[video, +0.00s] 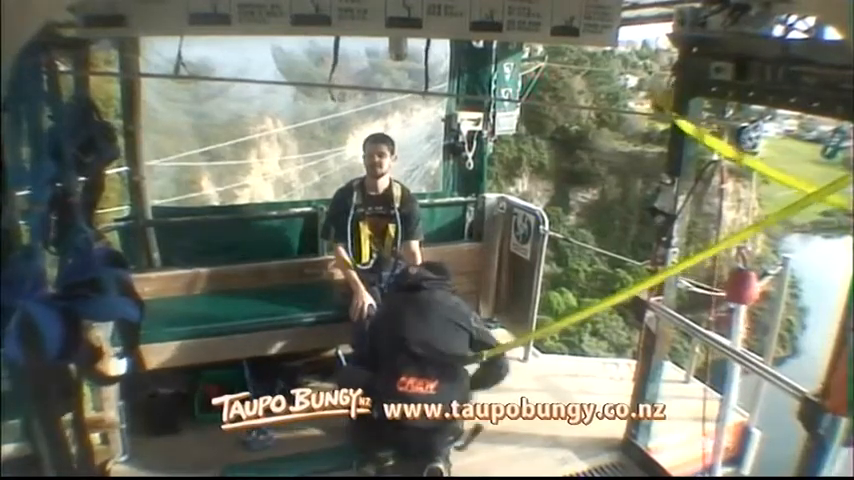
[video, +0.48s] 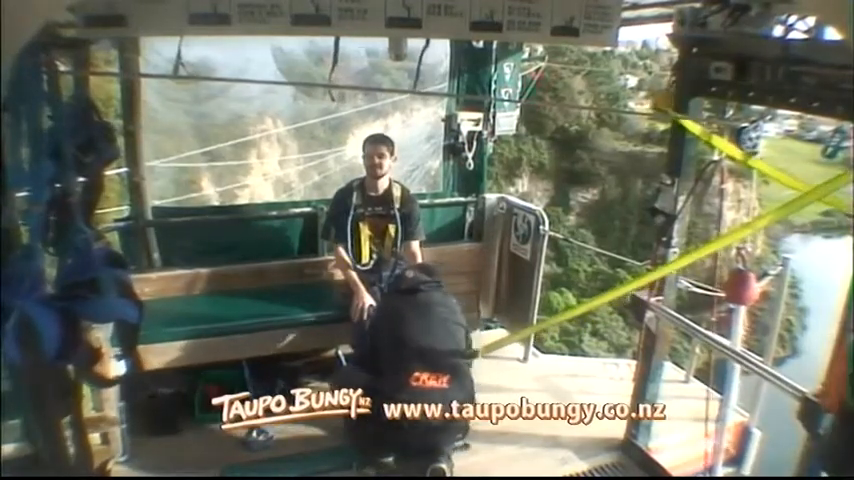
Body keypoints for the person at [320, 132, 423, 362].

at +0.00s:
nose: (375, 161)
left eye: (381, 155)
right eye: (370, 155)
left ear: (392, 159)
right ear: (363, 159)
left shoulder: (405, 198)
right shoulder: (346, 197)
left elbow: (412, 248)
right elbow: (339, 249)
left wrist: (415, 286)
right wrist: (359, 290)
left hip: (397, 274)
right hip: (362, 275)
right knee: (367, 313)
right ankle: (367, 372)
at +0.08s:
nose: (375, 161)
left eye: (381, 155)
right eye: (370, 155)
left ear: (392, 159)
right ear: (363, 159)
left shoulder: (405, 198)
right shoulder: (345, 197)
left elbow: (412, 248)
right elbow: (339, 251)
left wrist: (415, 286)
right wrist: (359, 291)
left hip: (397, 274)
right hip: (362, 276)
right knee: (366, 314)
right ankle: (367, 372)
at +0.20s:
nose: (375, 161)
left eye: (381, 155)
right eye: (370, 155)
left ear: (393, 159)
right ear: (363, 159)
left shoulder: (405, 199)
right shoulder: (345, 197)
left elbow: (413, 250)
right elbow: (339, 251)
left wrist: (413, 288)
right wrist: (359, 291)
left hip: (397, 276)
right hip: (362, 277)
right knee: (366, 316)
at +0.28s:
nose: (375, 161)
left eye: (381, 156)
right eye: (370, 156)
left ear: (393, 159)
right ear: (363, 159)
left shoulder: (405, 199)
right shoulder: (345, 197)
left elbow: (412, 250)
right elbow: (339, 251)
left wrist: (412, 288)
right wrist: (359, 291)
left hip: (397, 275)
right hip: (362, 276)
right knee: (366, 316)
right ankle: (367, 373)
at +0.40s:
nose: (374, 161)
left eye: (381, 156)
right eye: (369, 156)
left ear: (393, 159)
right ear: (363, 159)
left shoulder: (405, 198)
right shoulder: (346, 197)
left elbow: (413, 249)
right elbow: (339, 251)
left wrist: (417, 290)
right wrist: (359, 291)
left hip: (397, 275)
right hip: (362, 276)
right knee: (366, 317)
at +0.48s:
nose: (375, 162)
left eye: (381, 156)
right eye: (369, 156)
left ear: (392, 159)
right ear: (363, 159)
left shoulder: (405, 198)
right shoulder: (345, 197)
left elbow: (413, 249)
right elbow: (339, 251)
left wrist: (418, 288)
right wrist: (359, 291)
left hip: (397, 275)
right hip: (362, 277)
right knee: (367, 315)